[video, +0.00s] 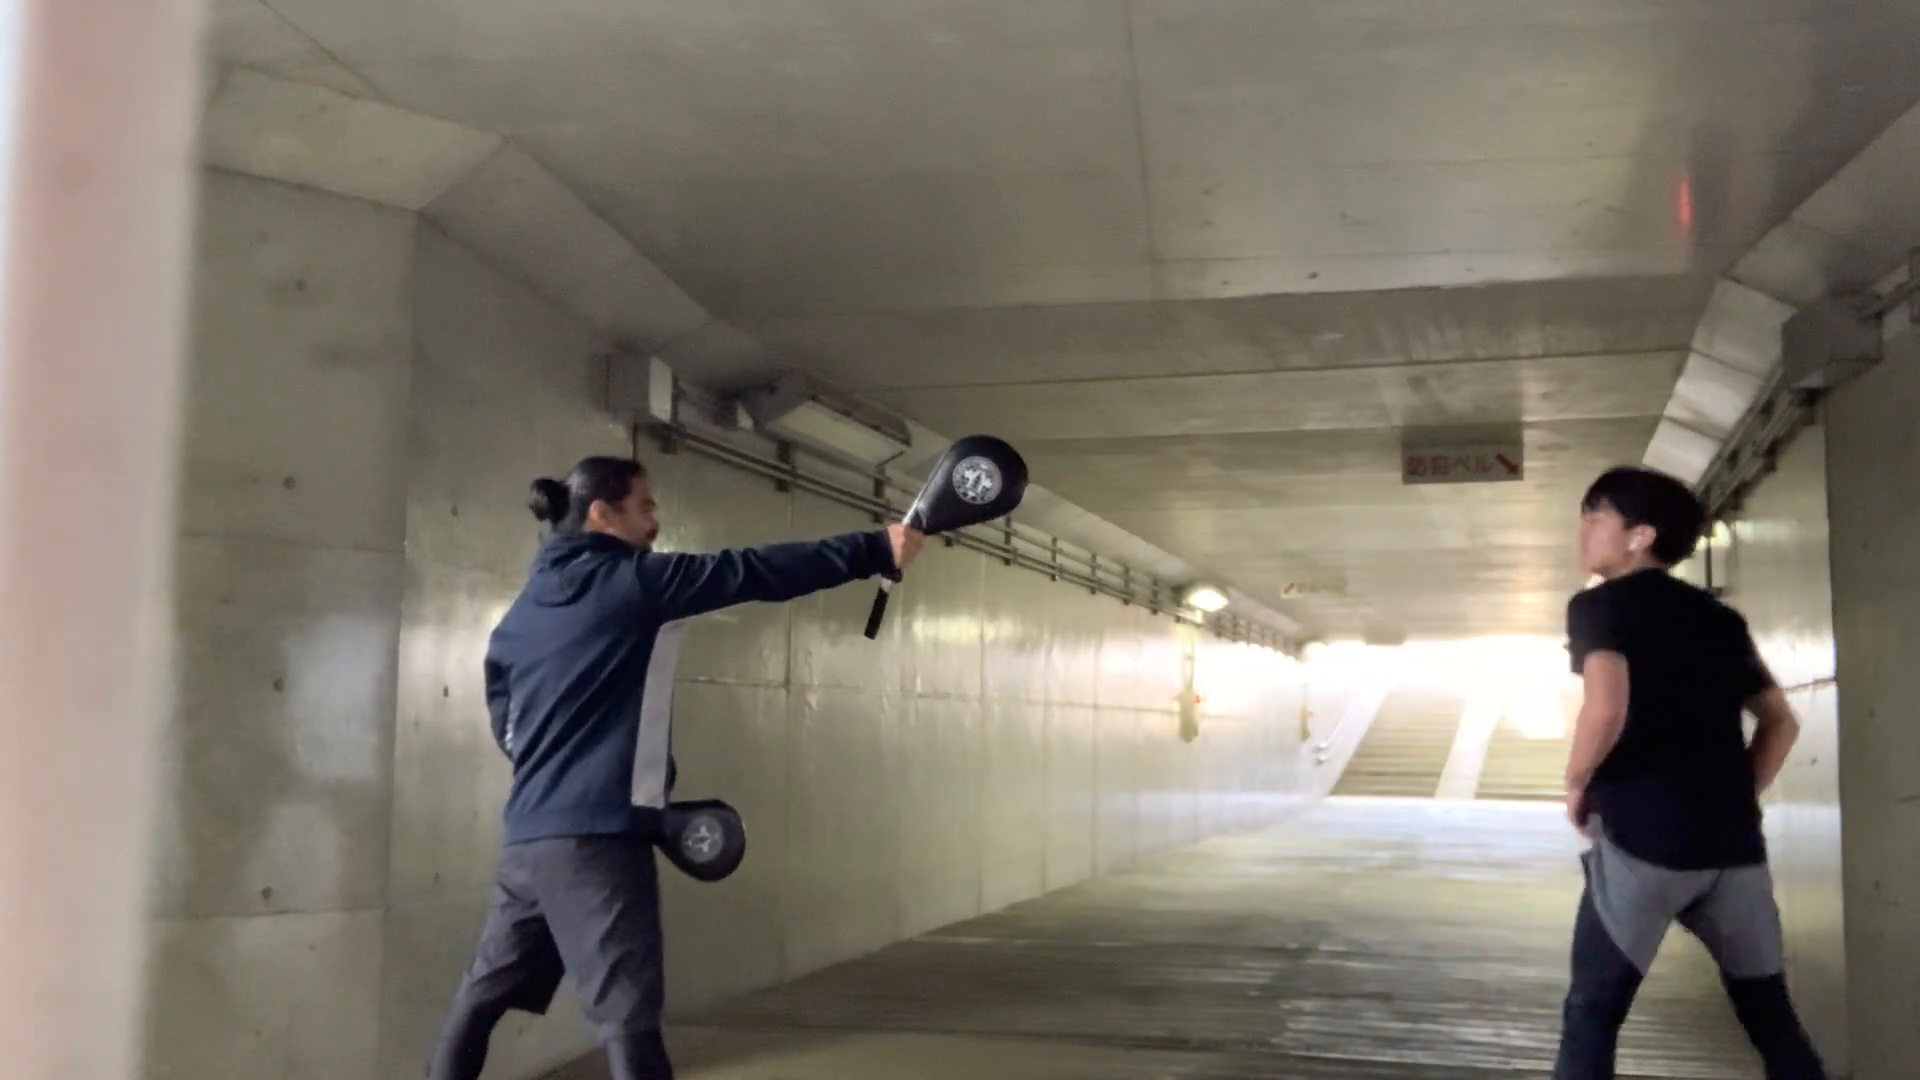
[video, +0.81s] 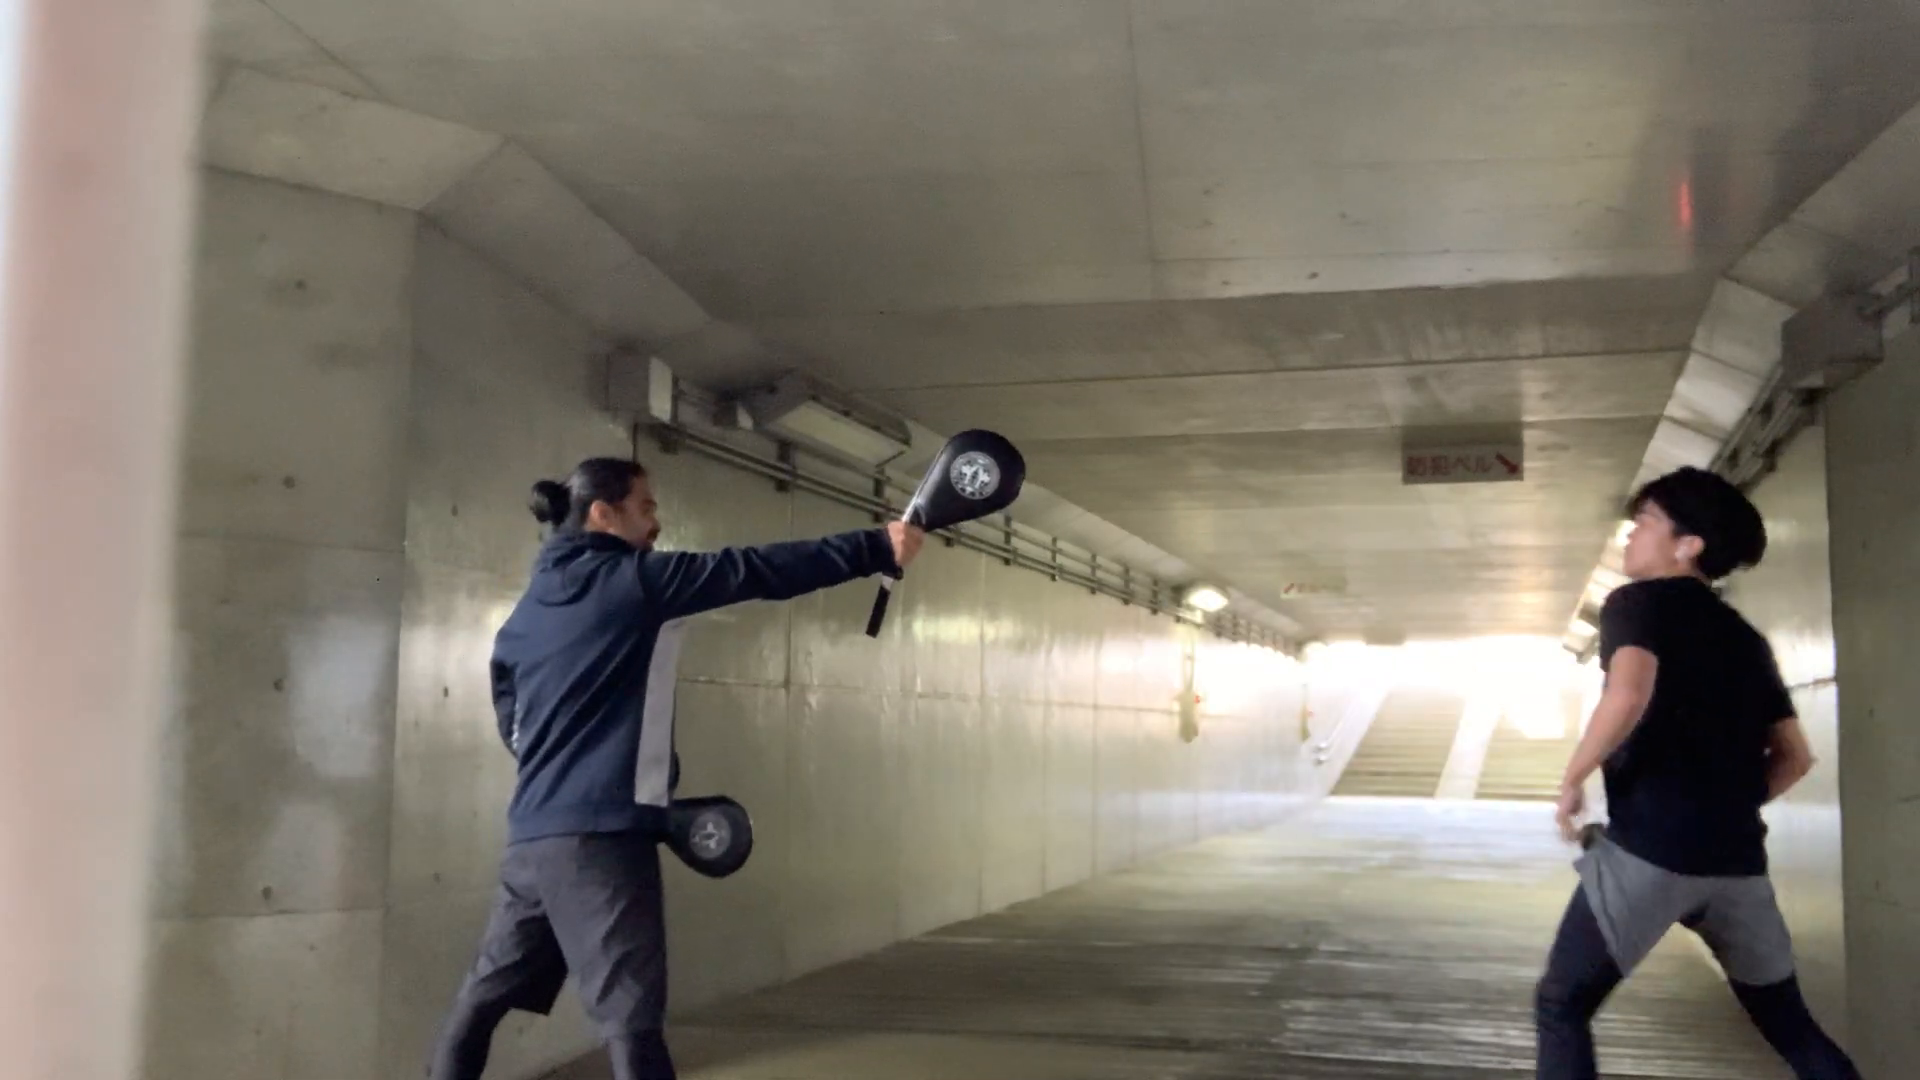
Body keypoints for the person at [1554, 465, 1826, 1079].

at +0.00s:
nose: (1583, 533)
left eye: (1595, 519)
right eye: (1586, 518)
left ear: (1641, 534)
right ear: (1650, 538)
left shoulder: (1601, 604)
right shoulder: (1718, 615)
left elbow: (1607, 705)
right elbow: (1780, 722)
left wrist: (1575, 785)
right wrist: (1735, 796)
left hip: (1644, 840)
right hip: (1732, 836)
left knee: (1591, 1018)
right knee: (1771, 1017)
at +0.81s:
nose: (1628, 534)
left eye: (1644, 523)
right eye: (1635, 520)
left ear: (1688, 546)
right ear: (1691, 551)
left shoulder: (1637, 603)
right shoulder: (1745, 636)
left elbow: (1630, 693)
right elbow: (1795, 755)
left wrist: (1573, 777)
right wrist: (1729, 801)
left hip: (1650, 852)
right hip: (1738, 859)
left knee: (1561, 1007)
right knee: (1791, 1025)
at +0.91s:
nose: (1595, 578)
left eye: (1613, 568)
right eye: (1601, 565)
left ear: (1660, 596)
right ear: (1663, 599)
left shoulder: (1635, 657)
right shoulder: (1701, 682)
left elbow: (1644, 748)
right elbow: (1702, 803)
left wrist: (1553, 841)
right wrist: (1616, 849)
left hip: (1655, 902)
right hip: (1728, 904)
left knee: (1516, 1014)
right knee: (1789, 1059)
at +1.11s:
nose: (1548, 566)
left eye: (1566, 554)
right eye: (1555, 553)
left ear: (1610, 582)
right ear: (1602, 583)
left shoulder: (1605, 667)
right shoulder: (1554, 666)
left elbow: (1635, 776)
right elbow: (1495, 748)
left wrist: (1527, 795)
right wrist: (1384, 732)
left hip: (1524, 891)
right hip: (1498, 878)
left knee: (1415, 1034)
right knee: (1489, 1044)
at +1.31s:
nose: (1484, 586)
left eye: (1502, 575)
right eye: (1490, 571)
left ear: (1551, 598)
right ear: (1526, 590)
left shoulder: (1555, 730)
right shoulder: (1454, 631)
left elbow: (1548, 855)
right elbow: (1354, 593)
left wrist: (1474, 935)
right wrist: (1290, 519)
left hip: (1372, 870)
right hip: (1317, 787)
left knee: (1374, 1044)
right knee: (1164, 732)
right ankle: (1060, 855)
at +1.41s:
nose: (1449, 633)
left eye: (1469, 626)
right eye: (1455, 619)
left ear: (1520, 653)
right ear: (1453, 619)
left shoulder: (1489, 775)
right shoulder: (1400, 651)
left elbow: (1502, 895)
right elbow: (1306, 612)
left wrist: (1427, 853)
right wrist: (1241, 576)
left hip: (1286, 856)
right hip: (1237, 755)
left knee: (1312, 1025)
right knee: (1103, 662)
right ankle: (1049, 545)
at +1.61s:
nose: (1369, 669)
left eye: (1389, 667)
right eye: (1376, 656)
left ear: (1427, 698)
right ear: (1378, 661)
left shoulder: (1403, 801)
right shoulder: (1327, 683)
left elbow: (1312, 878)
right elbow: (1235, 709)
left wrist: (1279, 777)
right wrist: (1142, 726)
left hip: (1231, 866)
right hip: (1176, 789)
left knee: (1280, 1021)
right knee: (1025, 866)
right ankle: (866, 938)